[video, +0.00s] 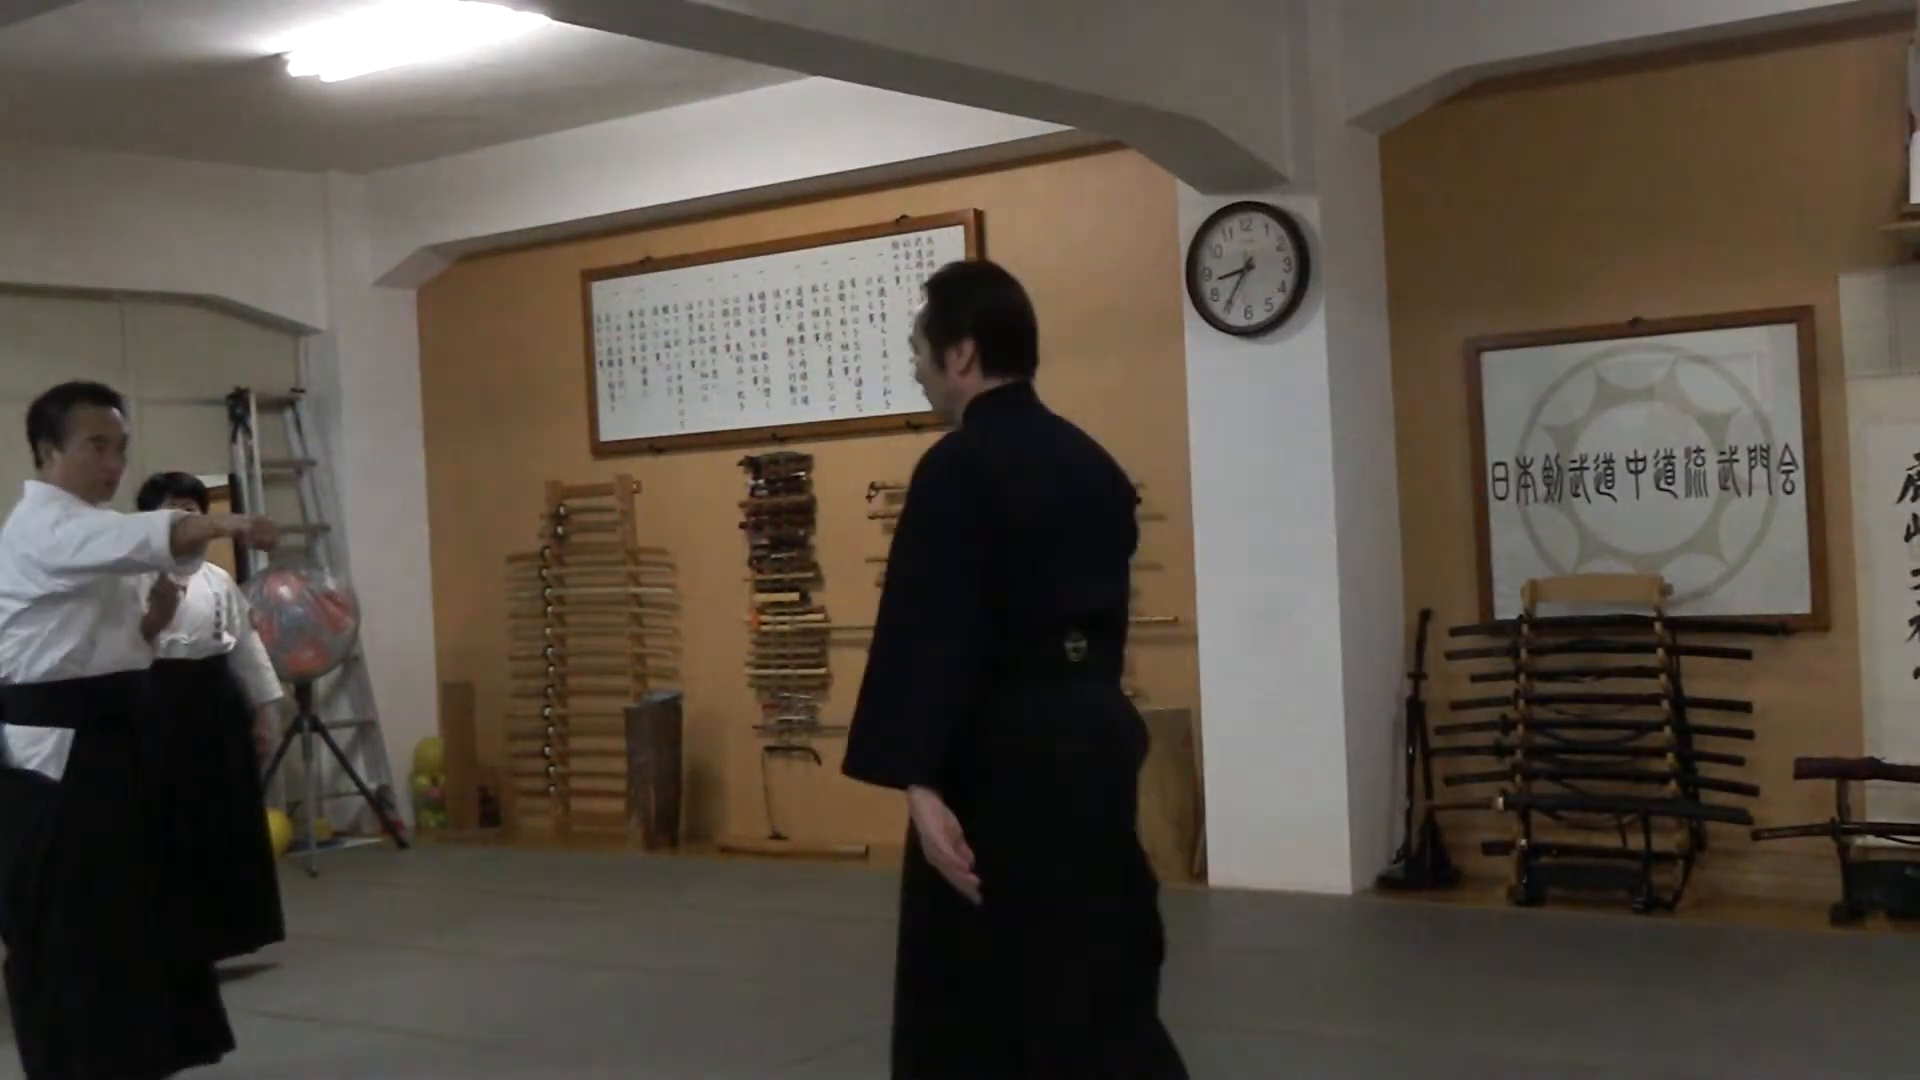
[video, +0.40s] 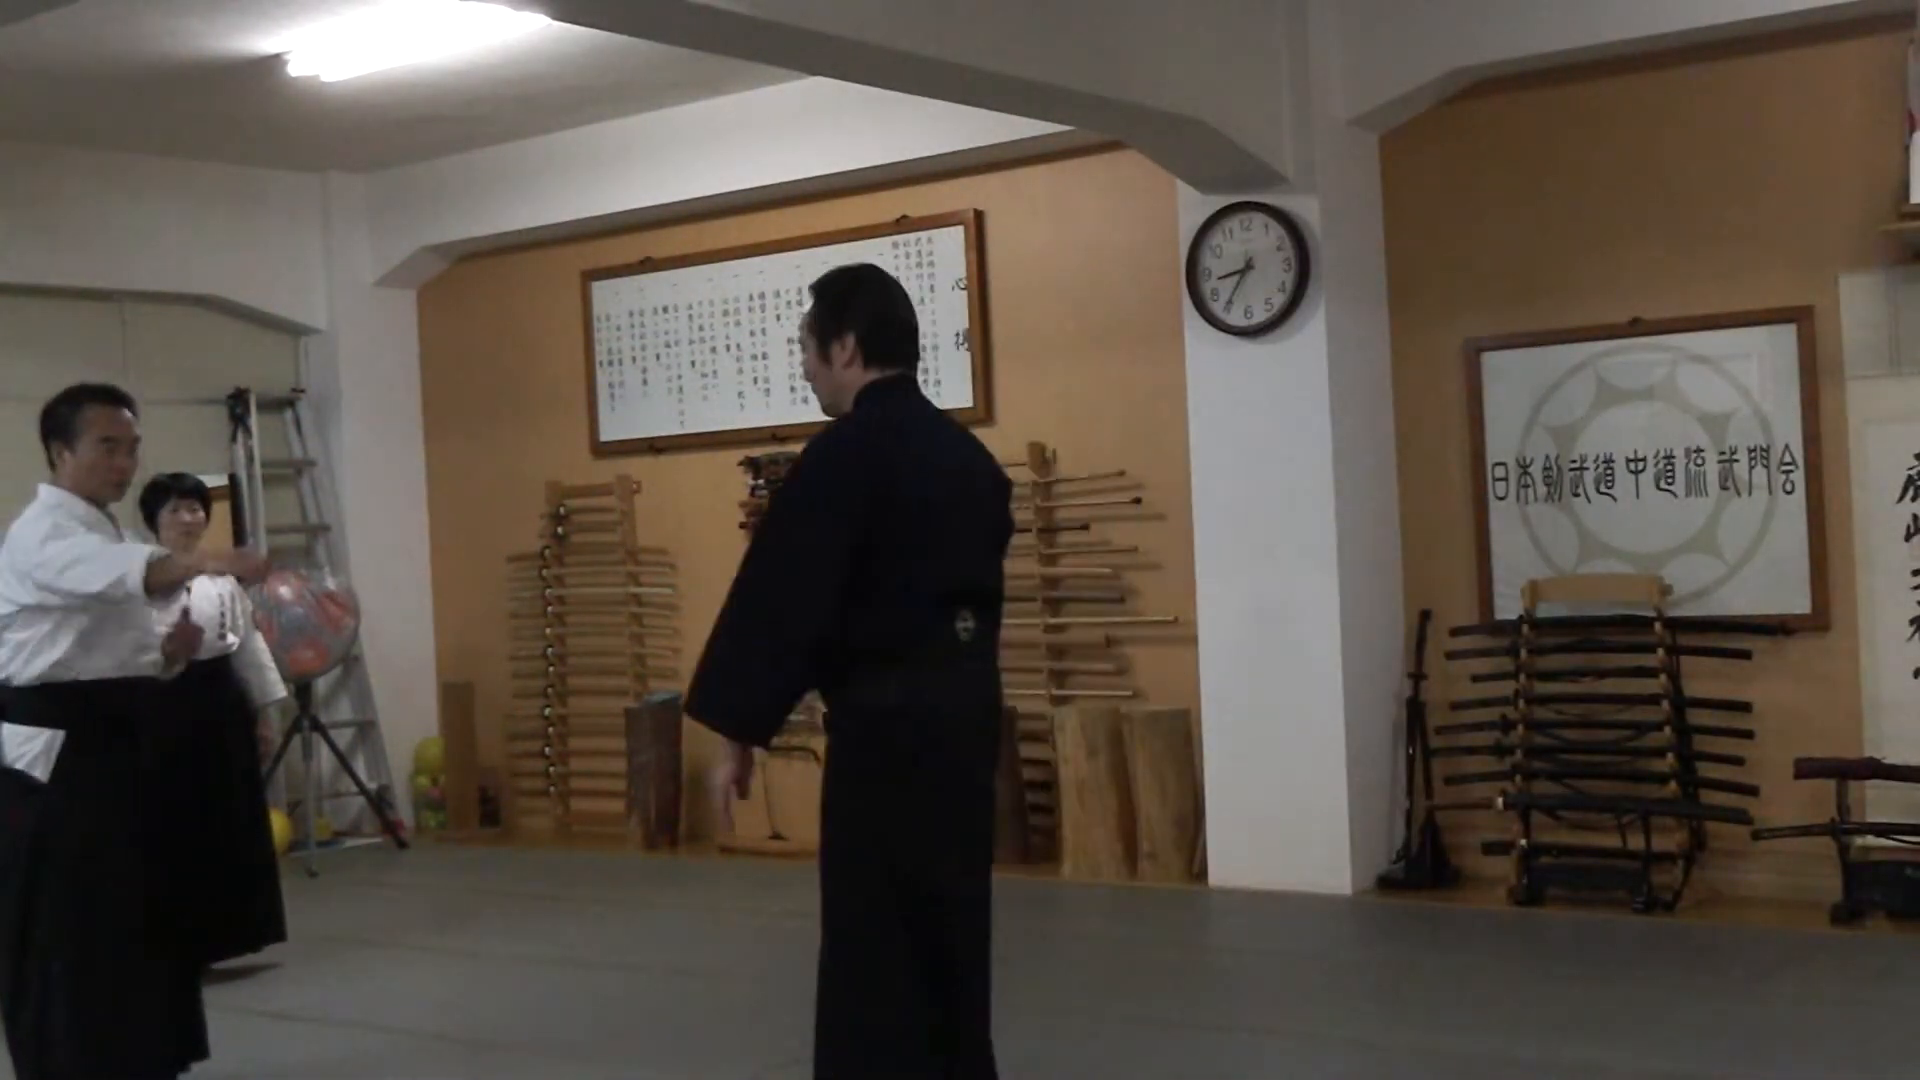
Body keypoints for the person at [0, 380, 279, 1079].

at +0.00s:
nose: (116, 461)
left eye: (121, 447)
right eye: (99, 445)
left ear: (122, 452)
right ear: (49, 451)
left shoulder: (91, 528)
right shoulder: (40, 523)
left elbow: (127, 637)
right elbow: (135, 536)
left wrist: (164, 593)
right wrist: (227, 526)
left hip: (104, 731)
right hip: (49, 739)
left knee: (120, 909)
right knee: (69, 923)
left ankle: (128, 1057)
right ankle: (79, 1062)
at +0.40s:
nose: (126, 461)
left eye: (132, 447)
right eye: (108, 446)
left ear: (135, 451)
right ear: (61, 452)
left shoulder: (103, 535)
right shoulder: (42, 531)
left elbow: (110, 659)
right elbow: (121, 572)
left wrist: (168, 654)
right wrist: (211, 564)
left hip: (109, 743)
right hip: (51, 752)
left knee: (126, 922)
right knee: (71, 932)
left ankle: (135, 1058)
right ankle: (80, 1061)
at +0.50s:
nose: (130, 462)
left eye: (138, 447)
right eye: (112, 447)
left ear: (145, 454)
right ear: (64, 454)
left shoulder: (141, 542)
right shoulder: (38, 543)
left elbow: (169, 631)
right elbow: (93, 637)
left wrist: (192, 684)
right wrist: (172, 652)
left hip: (133, 752)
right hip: (54, 762)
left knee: (144, 924)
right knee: (68, 937)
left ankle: (147, 1059)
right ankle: (78, 1066)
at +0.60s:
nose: (131, 462)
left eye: (140, 448)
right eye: (112, 447)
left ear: (148, 456)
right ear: (67, 455)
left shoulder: (162, 548)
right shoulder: (33, 549)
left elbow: (193, 653)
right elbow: (28, 664)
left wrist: (212, 748)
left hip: (158, 735)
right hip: (64, 746)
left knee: (159, 923)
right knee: (76, 928)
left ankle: (158, 1063)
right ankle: (76, 1064)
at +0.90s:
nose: (99, 481)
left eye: (109, 466)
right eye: (81, 466)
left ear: (119, 471)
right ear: (37, 472)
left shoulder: (159, 563)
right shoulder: (10, 556)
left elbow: (224, 660)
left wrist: (284, 664)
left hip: (129, 757)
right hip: (27, 755)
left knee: (139, 939)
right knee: (33, 941)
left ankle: (146, 1067)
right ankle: (40, 1066)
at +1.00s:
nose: (90, 487)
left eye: (101, 472)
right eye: (72, 472)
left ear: (113, 476)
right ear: (31, 477)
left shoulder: (158, 559)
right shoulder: (7, 558)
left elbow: (232, 640)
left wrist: (237, 572)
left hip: (136, 763)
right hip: (37, 763)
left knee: (148, 943)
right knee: (38, 941)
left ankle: (154, 1067)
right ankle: (44, 1067)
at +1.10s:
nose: (91, 487)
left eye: (103, 471)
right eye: (72, 471)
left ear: (116, 475)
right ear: (34, 478)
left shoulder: (160, 549)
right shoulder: (15, 556)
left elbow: (244, 613)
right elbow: (8, 663)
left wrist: (227, 547)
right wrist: (3, 583)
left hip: (146, 752)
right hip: (49, 755)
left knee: (161, 924)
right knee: (46, 928)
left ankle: (178, 1059)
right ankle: (52, 1062)